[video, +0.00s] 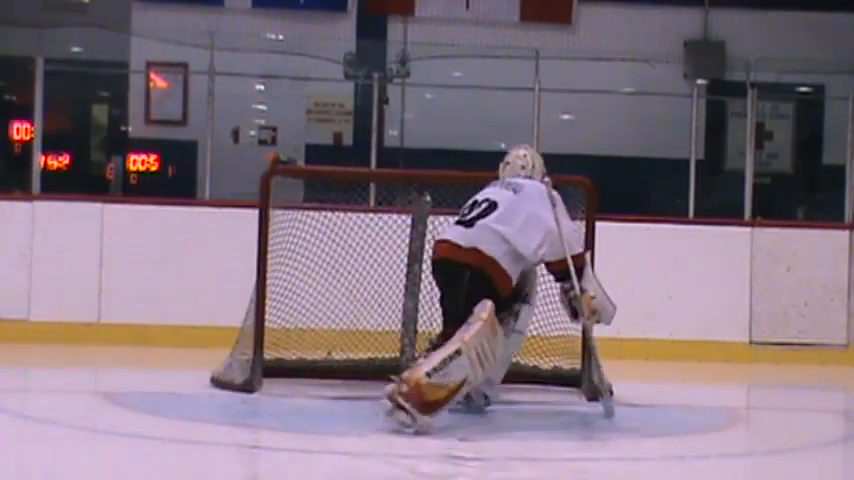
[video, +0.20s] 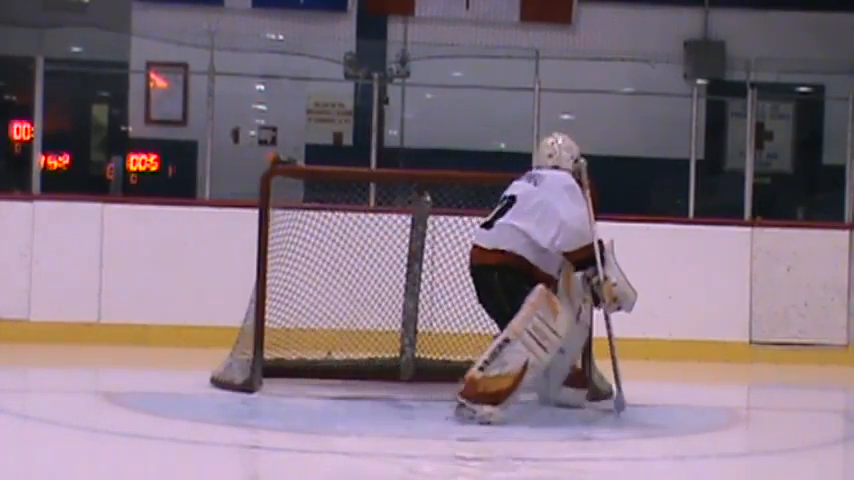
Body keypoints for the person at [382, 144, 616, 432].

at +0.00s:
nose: (541, 176)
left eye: (512, 167)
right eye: (540, 171)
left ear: (505, 171)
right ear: (539, 174)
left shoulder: (490, 189)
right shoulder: (543, 195)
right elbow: (561, 248)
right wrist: (572, 290)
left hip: (444, 257)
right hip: (487, 268)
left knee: (453, 333)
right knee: (476, 337)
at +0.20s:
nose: (580, 167)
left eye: (578, 163)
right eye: (578, 162)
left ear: (540, 161)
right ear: (573, 163)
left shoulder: (525, 181)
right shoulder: (565, 184)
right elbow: (577, 239)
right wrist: (596, 278)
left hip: (482, 262)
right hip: (513, 266)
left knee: (522, 334)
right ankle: (478, 395)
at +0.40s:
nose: (591, 150)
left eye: (590, 144)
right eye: (589, 144)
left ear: (559, 144)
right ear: (581, 146)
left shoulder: (548, 170)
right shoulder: (567, 172)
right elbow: (570, 225)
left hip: (511, 258)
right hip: (523, 259)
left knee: (564, 319)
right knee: (560, 320)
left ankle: (579, 384)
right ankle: (516, 390)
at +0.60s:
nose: (597, 141)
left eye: (597, 135)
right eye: (592, 135)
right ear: (576, 137)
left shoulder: (588, 172)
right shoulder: (554, 164)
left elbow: (585, 221)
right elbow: (541, 210)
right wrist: (546, 257)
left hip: (554, 246)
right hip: (520, 244)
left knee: (576, 306)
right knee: (541, 313)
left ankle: (575, 371)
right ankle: (518, 378)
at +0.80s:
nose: (568, 157)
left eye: (572, 149)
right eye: (560, 151)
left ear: (578, 150)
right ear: (543, 152)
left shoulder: (591, 185)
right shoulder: (520, 183)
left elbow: (601, 227)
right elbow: (481, 222)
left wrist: (623, 228)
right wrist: (479, 256)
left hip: (568, 277)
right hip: (523, 276)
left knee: (587, 328)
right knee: (518, 332)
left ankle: (570, 384)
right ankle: (501, 389)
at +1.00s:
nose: (511, 179)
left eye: (517, 171)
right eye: (504, 172)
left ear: (529, 172)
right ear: (493, 173)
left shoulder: (551, 202)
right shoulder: (473, 200)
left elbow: (571, 245)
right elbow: (436, 221)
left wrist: (589, 240)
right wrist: (415, 251)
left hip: (538, 283)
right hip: (491, 279)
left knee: (546, 340)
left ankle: (577, 385)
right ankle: (457, 384)